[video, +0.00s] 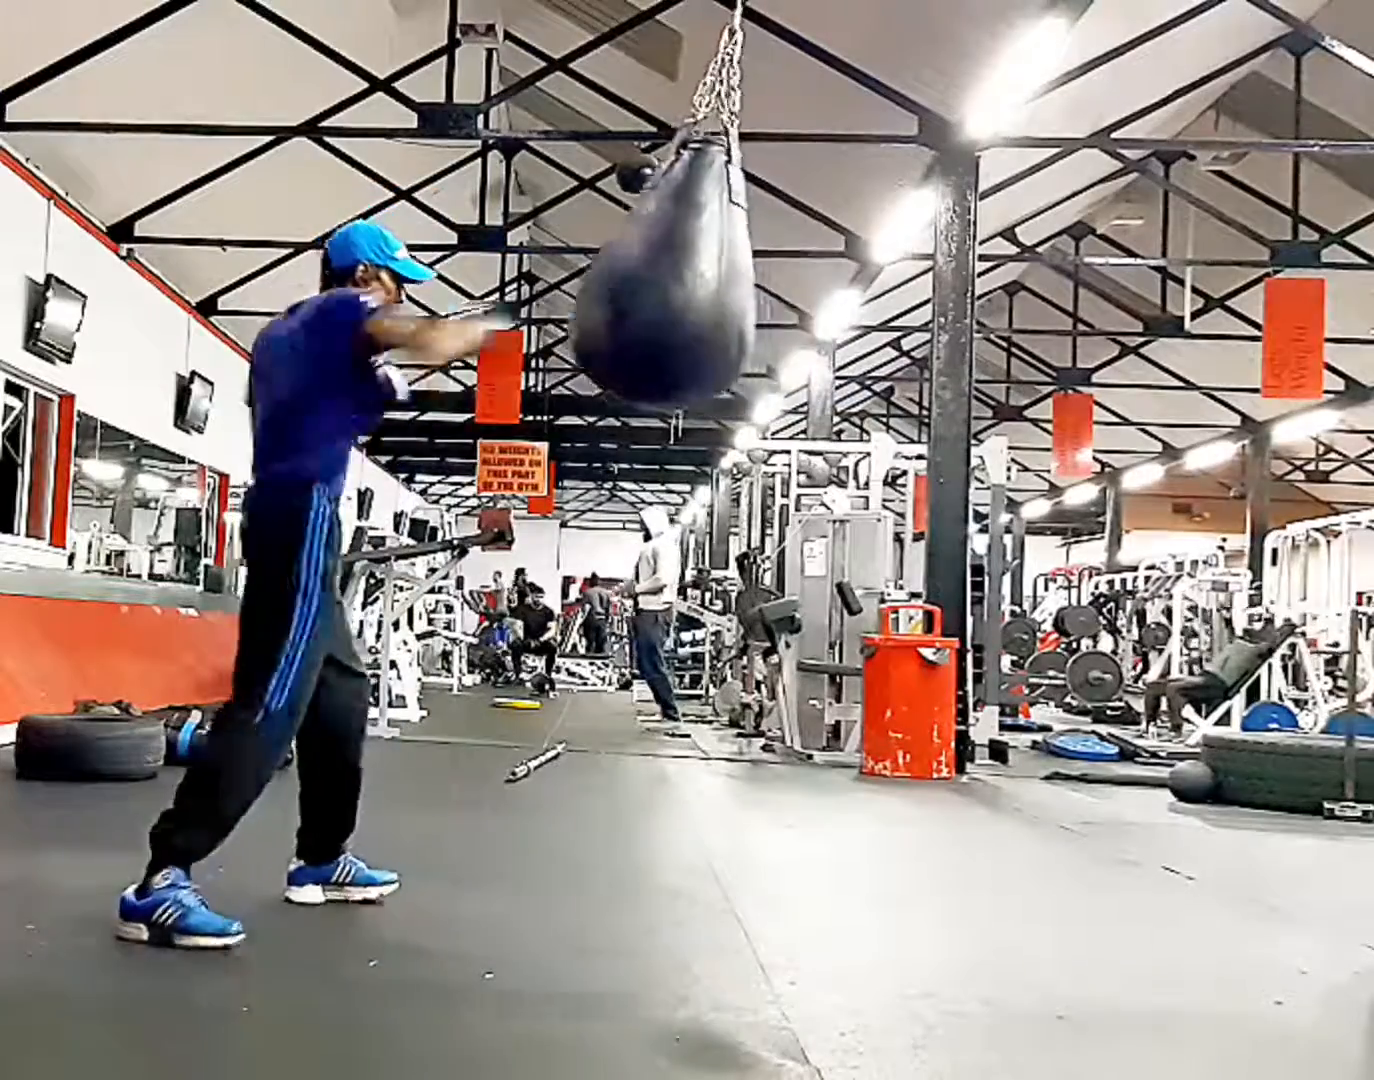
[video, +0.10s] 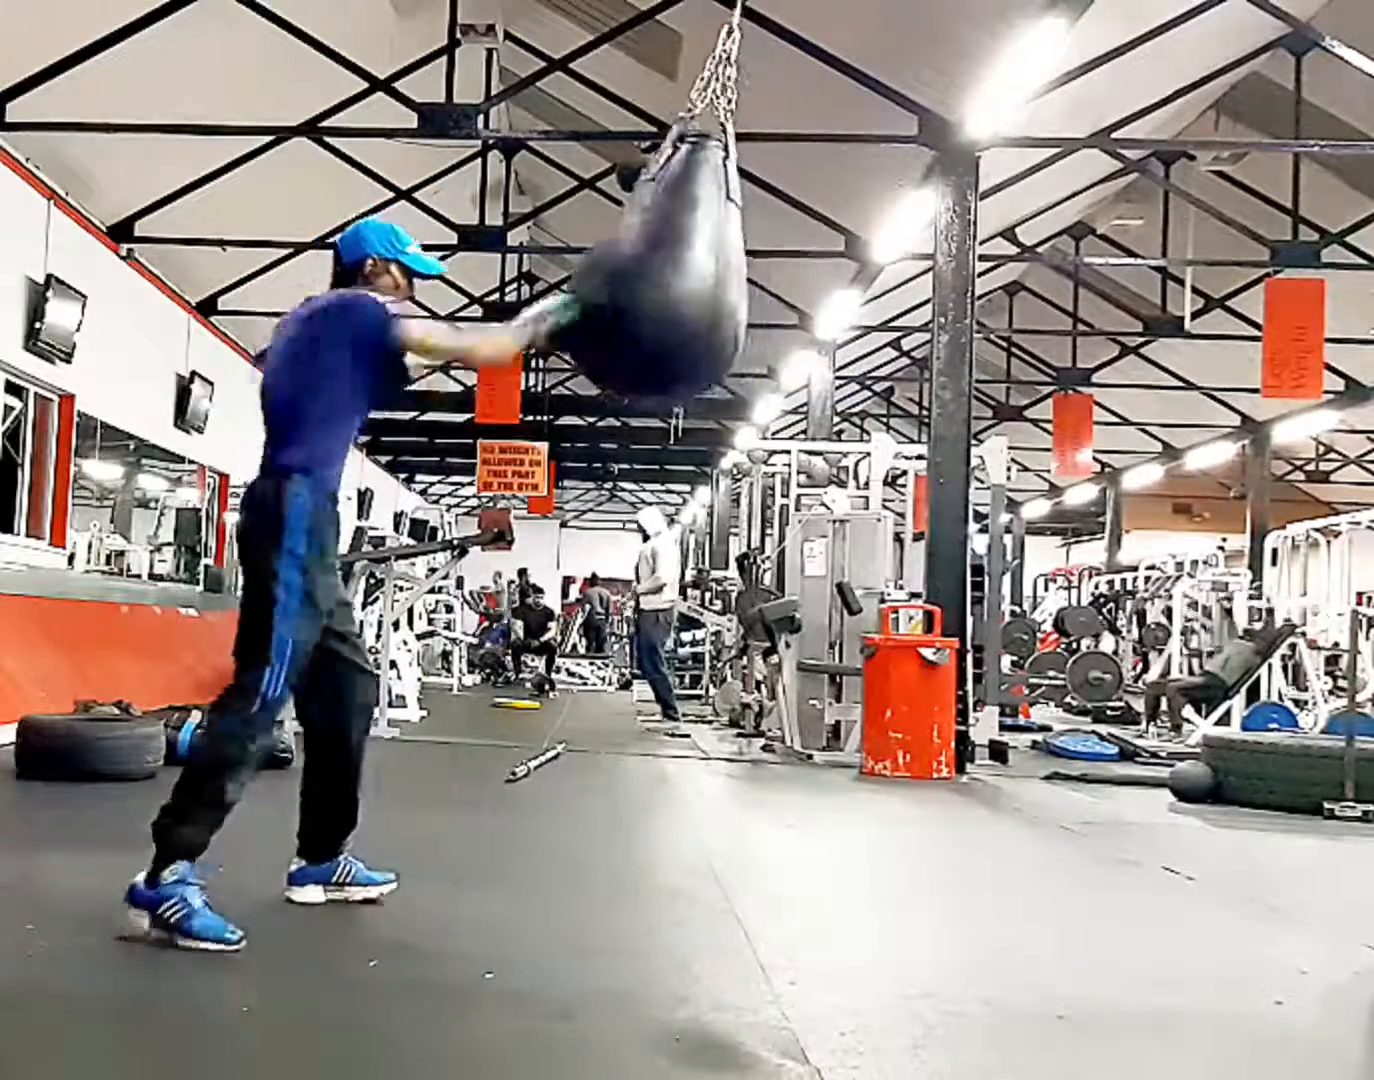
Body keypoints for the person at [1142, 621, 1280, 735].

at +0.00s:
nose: (1262, 635)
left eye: (1263, 634)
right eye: (1262, 633)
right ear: (1255, 635)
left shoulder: (1257, 650)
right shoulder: (1236, 643)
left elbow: (1273, 645)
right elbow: (1230, 635)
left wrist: (1286, 629)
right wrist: (1225, 619)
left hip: (1219, 681)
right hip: (1204, 674)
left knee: (1174, 689)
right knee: (1152, 688)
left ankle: (1177, 731)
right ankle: (1148, 728)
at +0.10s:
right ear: (1255, 637)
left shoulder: (1256, 652)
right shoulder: (1236, 643)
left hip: (1219, 681)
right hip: (1204, 675)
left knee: (1174, 689)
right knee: (1153, 687)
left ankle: (1176, 732)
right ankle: (1149, 728)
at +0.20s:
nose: (1250, 631)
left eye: (1254, 631)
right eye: (1253, 630)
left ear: (1259, 637)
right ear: (1249, 633)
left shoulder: (1256, 653)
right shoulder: (1237, 643)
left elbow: (1266, 633)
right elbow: (1232, 629)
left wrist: (1268, 610)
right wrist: (1228, 607)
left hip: (1219, 680)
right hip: (1205, 674)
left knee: (1173, 689)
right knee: (1152, 688)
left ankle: (1176, 730)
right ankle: (1148, 727)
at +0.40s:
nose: (1257, 631)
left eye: (1260, 630)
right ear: (1255, 634)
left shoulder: (1256, 651)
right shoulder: (1236, 643)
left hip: (1218, 682)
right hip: (1203, 675)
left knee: (1174, 690)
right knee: (1152, 688)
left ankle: (1176, 732)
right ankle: (1148, 726)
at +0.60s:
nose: (1257, 634)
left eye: (1256, 631)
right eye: (1257, 632)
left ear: (1249, 635)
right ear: (1253, 635)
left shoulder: (1256, 651)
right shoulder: (1236, 645)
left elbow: (1275, 652)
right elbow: (1221, 651)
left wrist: (1275, 636)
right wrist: (1222, 632)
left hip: (1216, 681)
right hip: (1205, 674)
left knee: (1173, 689)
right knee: (1153, 688)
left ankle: (1176, 730)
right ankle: (1147, 727)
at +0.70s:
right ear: (1253, 636)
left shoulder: (1254, 651)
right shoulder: (1231, 647)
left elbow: (1277, 656)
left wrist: (1273, 644)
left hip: (1218, 681)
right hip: (1203, 675)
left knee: (1173, 689)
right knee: (1153, 688)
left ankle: (1176, 730)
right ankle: (1147, 728)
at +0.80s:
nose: (1259, 636)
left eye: (1259, 633)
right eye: (1259, 633)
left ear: (1255, 637)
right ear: (1254, 636)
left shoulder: (1256, 650)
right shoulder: (1234, 646)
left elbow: (1278, 655)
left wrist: (1277, 644)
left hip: (1217, 681)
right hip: (1202, 674)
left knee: (1173, 689)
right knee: (1152, 688)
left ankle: (1176, 730)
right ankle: (1147, 727)